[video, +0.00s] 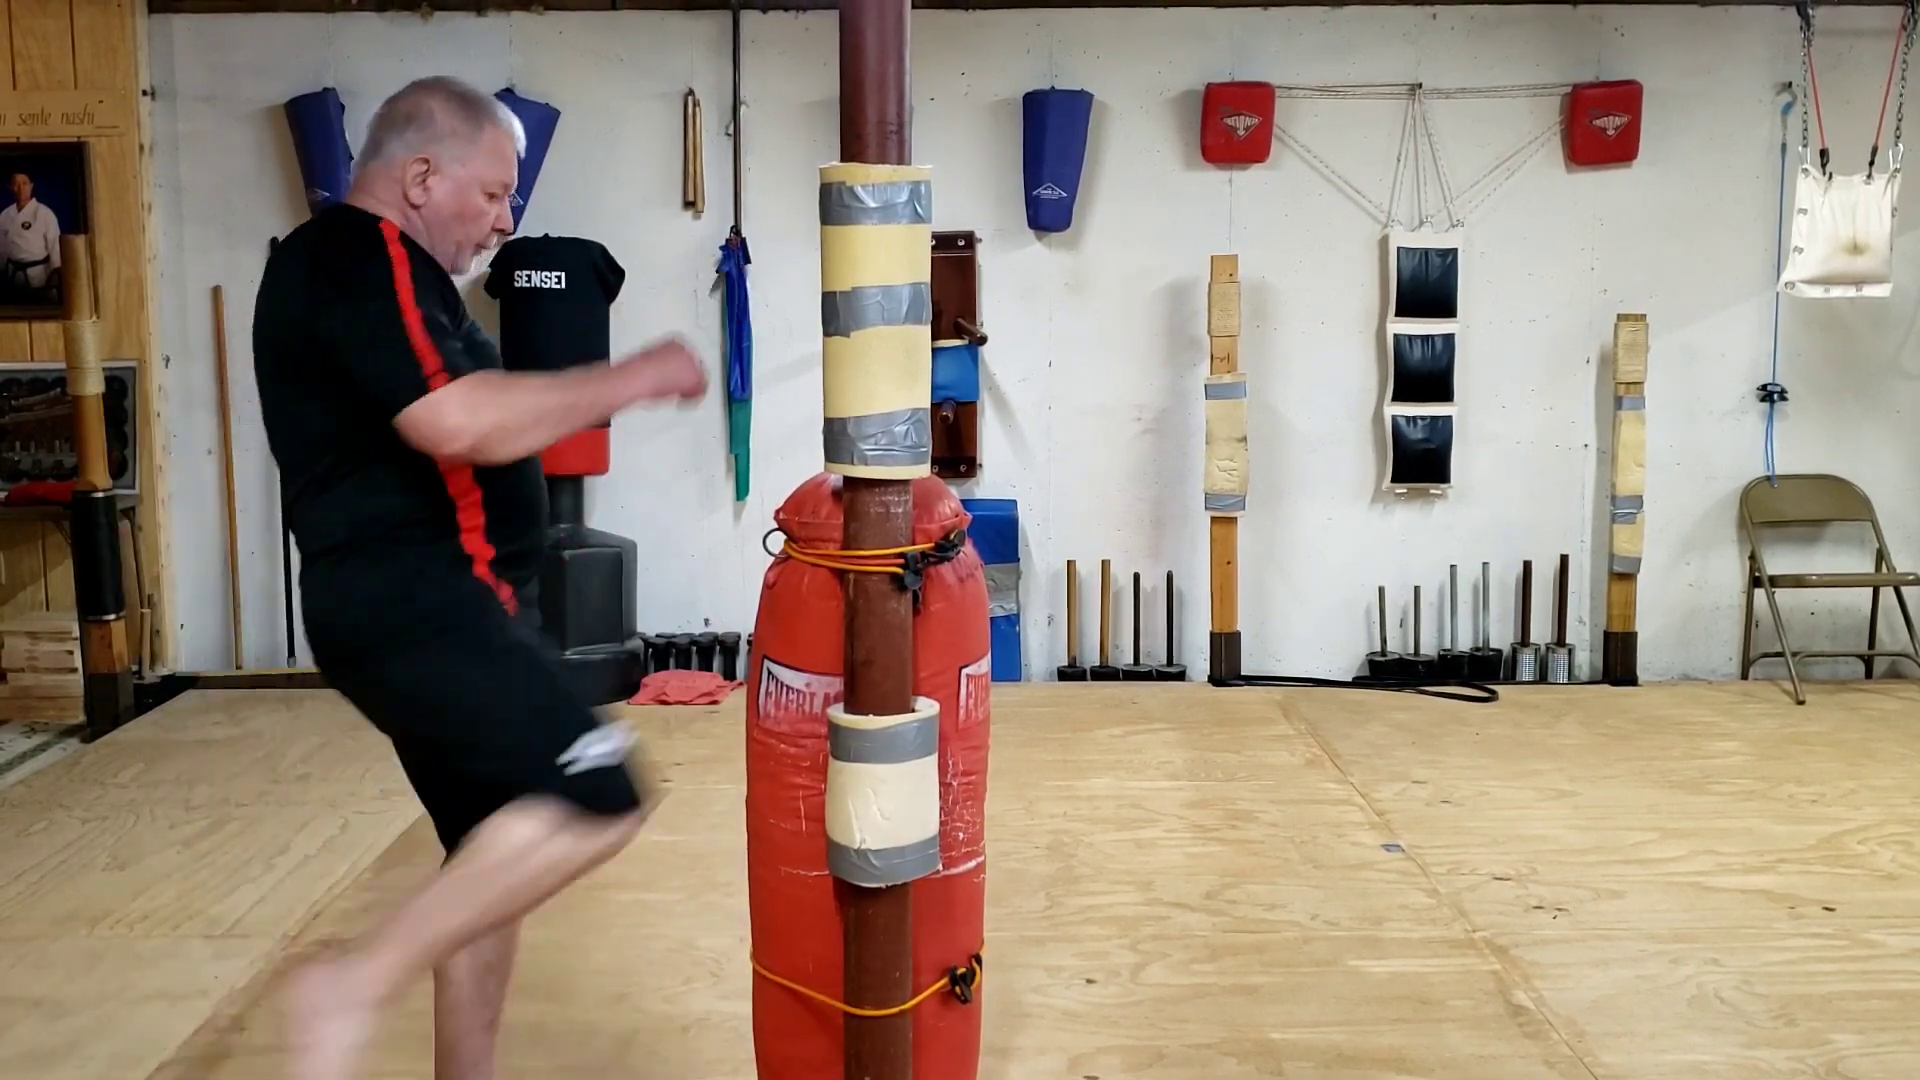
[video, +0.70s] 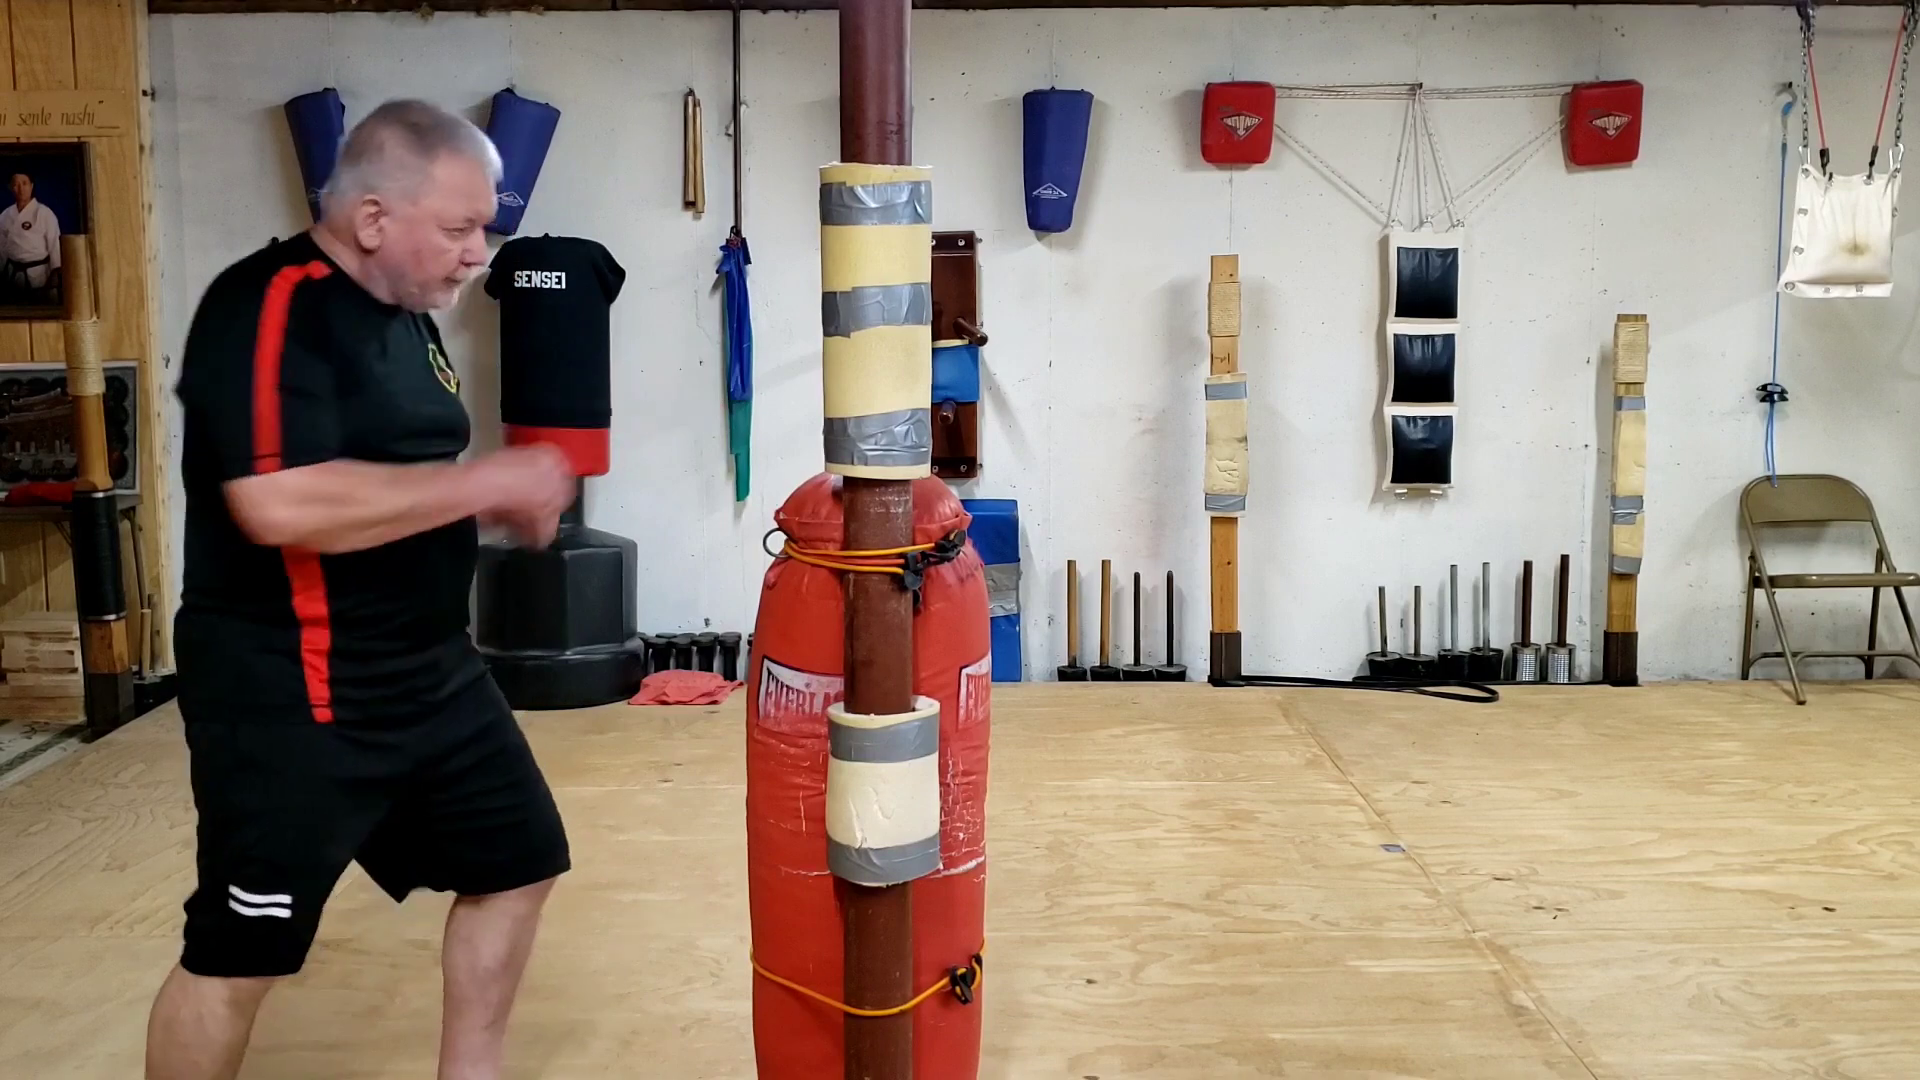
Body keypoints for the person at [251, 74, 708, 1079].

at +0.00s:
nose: (505, 224)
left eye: (509, 201)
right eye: (497, 195)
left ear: (413, 177)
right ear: (421, 173)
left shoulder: (340, 258)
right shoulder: (358, 257)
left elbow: (460, 412)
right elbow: (451, 419)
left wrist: (593, 391)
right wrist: (624, 383)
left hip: (394, 602)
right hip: (410, 600)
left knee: (491, 858)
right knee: (596, 794)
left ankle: (468, 1071)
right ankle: (346, 986)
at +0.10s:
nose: (516, 234)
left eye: (521, 210)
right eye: (508, 205)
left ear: (429, 191)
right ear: (434, 187)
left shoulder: (386, 276)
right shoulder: (366, 264)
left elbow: (443, 446)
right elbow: (395, 450)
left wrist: (560, 481)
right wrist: (591, 494)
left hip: (399, 616)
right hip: (433, 595)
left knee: (500, 840)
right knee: (706, 647)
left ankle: (466, 1072)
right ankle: (737, 913)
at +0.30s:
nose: (538, 249)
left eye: (542, 227)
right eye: (531, 221)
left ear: (449, 203)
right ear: (457, 200)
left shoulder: (351, 268)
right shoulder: (388, 266)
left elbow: (433, 469)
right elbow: (435, 443)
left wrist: (553, 489)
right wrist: (626, 445)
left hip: (365, 611)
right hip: (413, 601)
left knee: (495, 849)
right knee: (661, 715)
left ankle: (472, 1057)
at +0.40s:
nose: (536, 252)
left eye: (540, 229)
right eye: (528, 222)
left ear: (447, 206)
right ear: (454, 201)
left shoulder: (400, 277)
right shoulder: (384, 269)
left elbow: (393, 467)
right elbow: (473, 421)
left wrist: (506, 541)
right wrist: (640, 395)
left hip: (420, 613)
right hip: (379, 618)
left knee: (498, 859)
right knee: (514, 859)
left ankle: (467, 1073)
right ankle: (270, 1047)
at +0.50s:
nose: (527, 258)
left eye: (530, 235)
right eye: (515, 231)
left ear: (439, 220)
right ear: (436, 216)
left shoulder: (417, 301)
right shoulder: (349, 283)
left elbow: (382, 491)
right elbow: (474, 433)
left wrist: (481, 579)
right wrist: (640, 388)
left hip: (449, 670)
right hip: (342, 674)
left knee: (507, 869)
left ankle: (471, 1074)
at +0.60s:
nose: (508, 270)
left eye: (509, 247)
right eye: (492, 243)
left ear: (411, 236)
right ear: (408, 232)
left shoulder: (381, 321)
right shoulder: (307, 306)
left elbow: (356, 512)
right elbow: (409, 477)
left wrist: (468, 584)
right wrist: (586, 419)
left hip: (423, 674)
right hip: (298, 680)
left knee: (524, 861)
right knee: (260, 949)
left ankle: (473, 1076)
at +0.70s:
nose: (478, 255)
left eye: (485, 231)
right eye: (461, 229)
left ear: (386, 223)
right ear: (374, 217)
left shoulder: (395, 313)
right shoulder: (261, 303)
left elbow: (363, 484)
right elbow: (271, 500)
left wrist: (490, 501)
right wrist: (479, 482)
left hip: (421, 667)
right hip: (282, 689)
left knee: (514, 861)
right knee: (238, 948)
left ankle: (470, 1075)